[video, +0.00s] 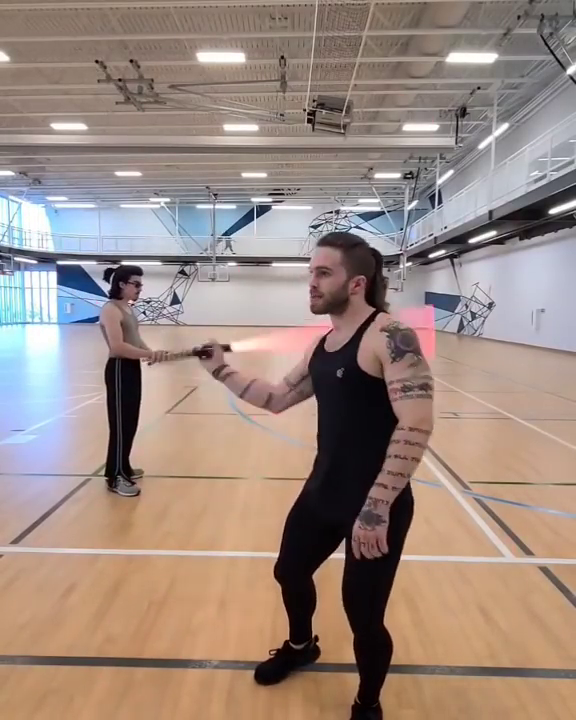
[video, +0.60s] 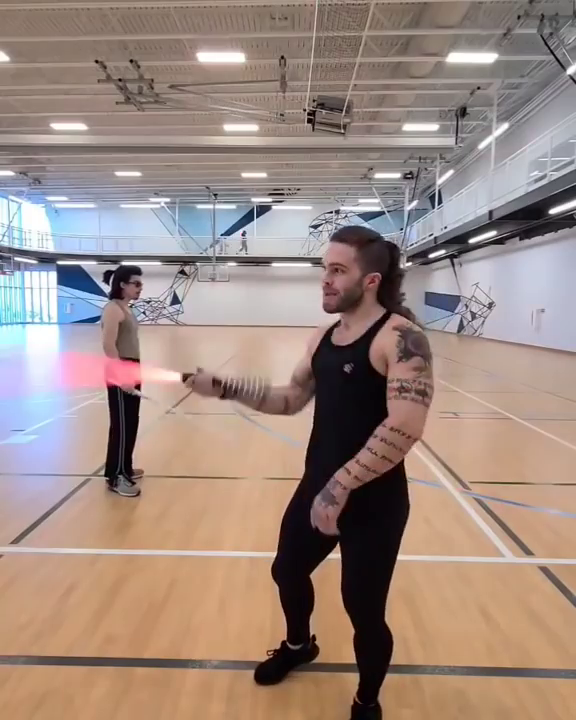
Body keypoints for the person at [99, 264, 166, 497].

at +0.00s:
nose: (139, 289)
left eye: (140, 285)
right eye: (135, 285)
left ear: (130, 287)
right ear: (121, 285)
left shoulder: (128, 309)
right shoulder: (111, 310)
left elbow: (134, 341)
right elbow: (116, 347)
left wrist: (152, 352)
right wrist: (148, 354)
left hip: (131, 366)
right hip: (120, 368)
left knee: (129, 422)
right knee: (121, 423)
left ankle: (123, 468)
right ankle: (114, 477)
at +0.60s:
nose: (139, 288)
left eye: (140, 284)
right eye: (135, 284)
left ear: (132, 287)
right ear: (121, 285)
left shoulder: (125, 309)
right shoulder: (113, 309)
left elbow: (127, 343)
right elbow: (109, 345)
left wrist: (134, 371)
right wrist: (121, 376)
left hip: (131, 371)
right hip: (120, 373)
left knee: (130, 425)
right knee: (120, 426)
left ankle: (125, 468)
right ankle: (114, 476)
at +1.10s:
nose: (141, 290)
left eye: (142, 286)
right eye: (137, 285)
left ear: (133, 287)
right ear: (124, 284)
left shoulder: (127, 310)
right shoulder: (114, 310)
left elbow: (135, 346)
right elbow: (110, 347)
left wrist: (147, 372)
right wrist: (121, 379)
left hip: (133, 369)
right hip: (122, 371)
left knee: (124, 423)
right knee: (129, 425)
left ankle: (115, 469)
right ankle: (131, 478)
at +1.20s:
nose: (141, 290)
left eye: (142, 286)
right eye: (138, 285)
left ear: (133, 288)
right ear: (124, 285)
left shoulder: (128, 310)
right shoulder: (115, 310)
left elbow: (136, 347)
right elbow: (113, 348)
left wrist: (148, 373)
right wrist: (126, 379)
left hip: (134, 368)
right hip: (123, 370)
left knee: (124, 423)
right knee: (129, 424)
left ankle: (115, 470)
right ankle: (132, 479)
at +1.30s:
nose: (142, 290)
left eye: (143, 286)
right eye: (138, 285)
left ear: (134, 287)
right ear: (124, 284)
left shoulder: (129, 310)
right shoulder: (115, 310)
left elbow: (137, 346)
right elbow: (115, 349)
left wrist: (148, 373)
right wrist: (131, 379)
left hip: (136, 369)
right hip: (125, 370)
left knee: (126, 424)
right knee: (132, 425)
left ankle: (116, 470)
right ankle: (133, 479)